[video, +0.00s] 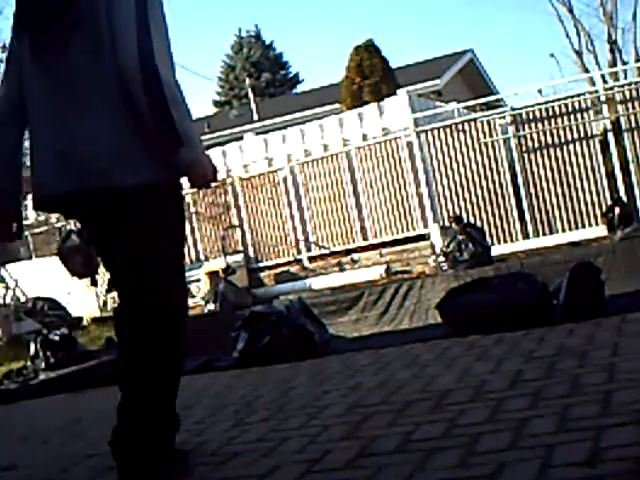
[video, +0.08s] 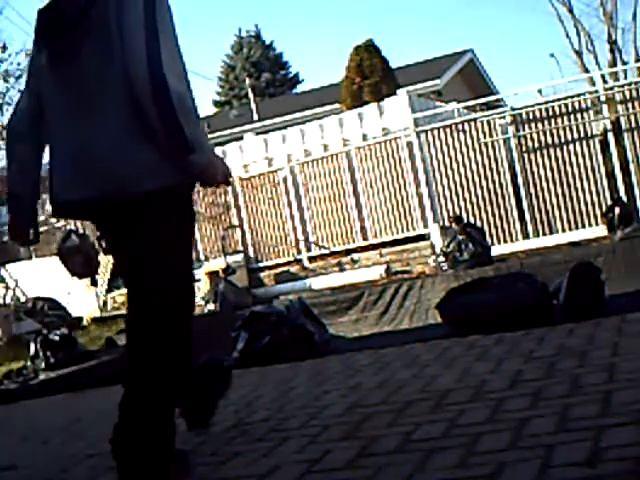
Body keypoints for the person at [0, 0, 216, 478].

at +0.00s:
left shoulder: (31, 12)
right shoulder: (134, 4)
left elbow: (10, 101)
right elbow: (149, 66)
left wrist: (8, 200)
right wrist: (192, 148)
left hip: (69, 174)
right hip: (137, 166)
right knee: (162, 306)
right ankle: (149, 451)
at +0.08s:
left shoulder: (52, 18)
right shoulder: (144, 5)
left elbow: (25, 119)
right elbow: (165, 74)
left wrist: (22, 207)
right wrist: (203, 152)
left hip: (87, 183)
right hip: (152, 173)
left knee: (159, 294)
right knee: (158, 315)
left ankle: (195, 394)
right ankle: (143, 455)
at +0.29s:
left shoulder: (98, 29)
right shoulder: (163, 8)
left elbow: (84, 122)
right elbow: (181, 84)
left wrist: (89, 204)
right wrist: (220, 162)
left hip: (138, 183)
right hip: (180, 175)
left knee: (200, 291)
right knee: (207, 292)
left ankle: (220, 400)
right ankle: (155, 418)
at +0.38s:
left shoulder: (113, 31)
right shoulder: (173, 8)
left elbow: (105, 125)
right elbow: (190, 85)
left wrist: (117, 200)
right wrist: (219, 158)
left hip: (145, 188)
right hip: (186, 178)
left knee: (199, 287)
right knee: (234, 279)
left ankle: (218, 396)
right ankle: (180, 389)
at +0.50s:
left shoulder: (138, 23)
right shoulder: (184, 8)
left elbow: (139, 110)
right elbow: (188, 87)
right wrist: (218, 155)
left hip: (160, 181)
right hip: (199, 173)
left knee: (198, 286)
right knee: (263, 259)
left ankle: (216, 402)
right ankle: (230, 382)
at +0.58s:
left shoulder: (157, 24)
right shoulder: (194, 13)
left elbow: (159, 107)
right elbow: (192, 90)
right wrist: (218, 155)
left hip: (175, 184)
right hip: (216, 175)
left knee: (205, 290)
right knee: (278, 257)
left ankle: (216, 400)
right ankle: (281, 373)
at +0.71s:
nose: (238, 5)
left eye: (237, 3)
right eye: (235, 1)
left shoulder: (184, 22)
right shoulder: (204, 18)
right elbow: (198, 100)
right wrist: (225, 164)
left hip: (200, 188)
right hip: (234, 182)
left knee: (217, 295)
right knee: (289, 276)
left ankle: (218, 396)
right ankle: (328, 366)